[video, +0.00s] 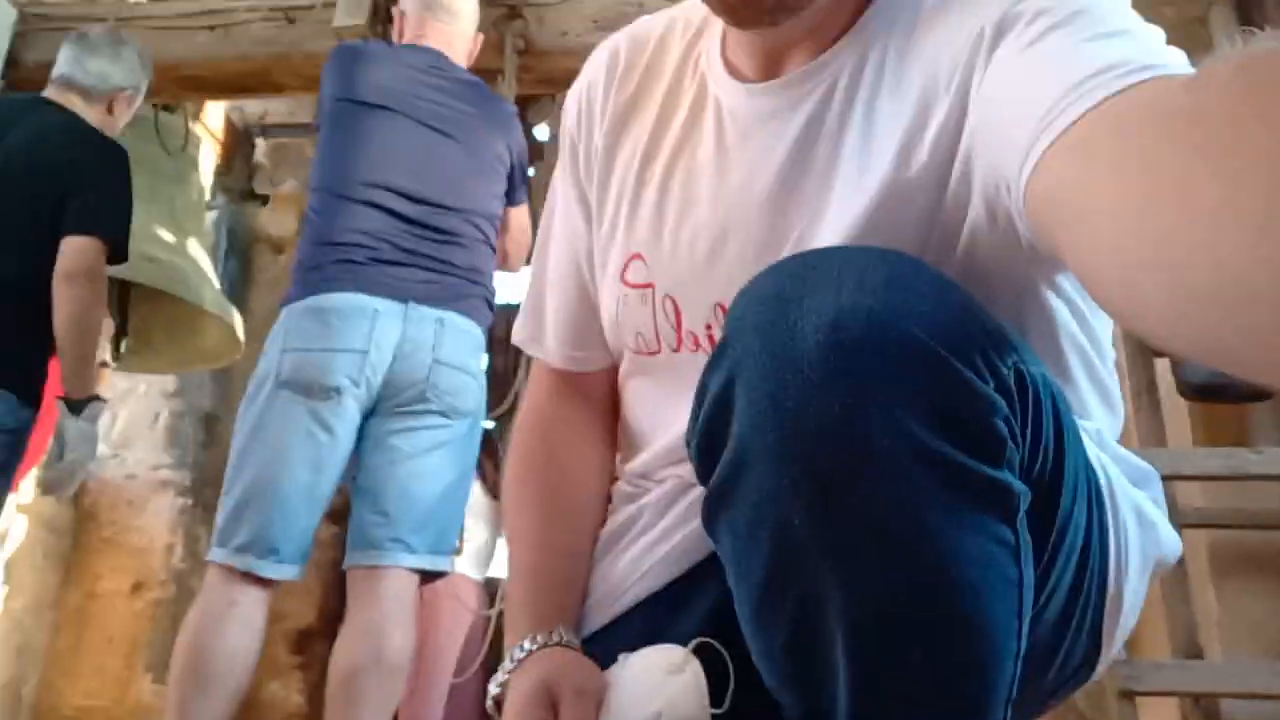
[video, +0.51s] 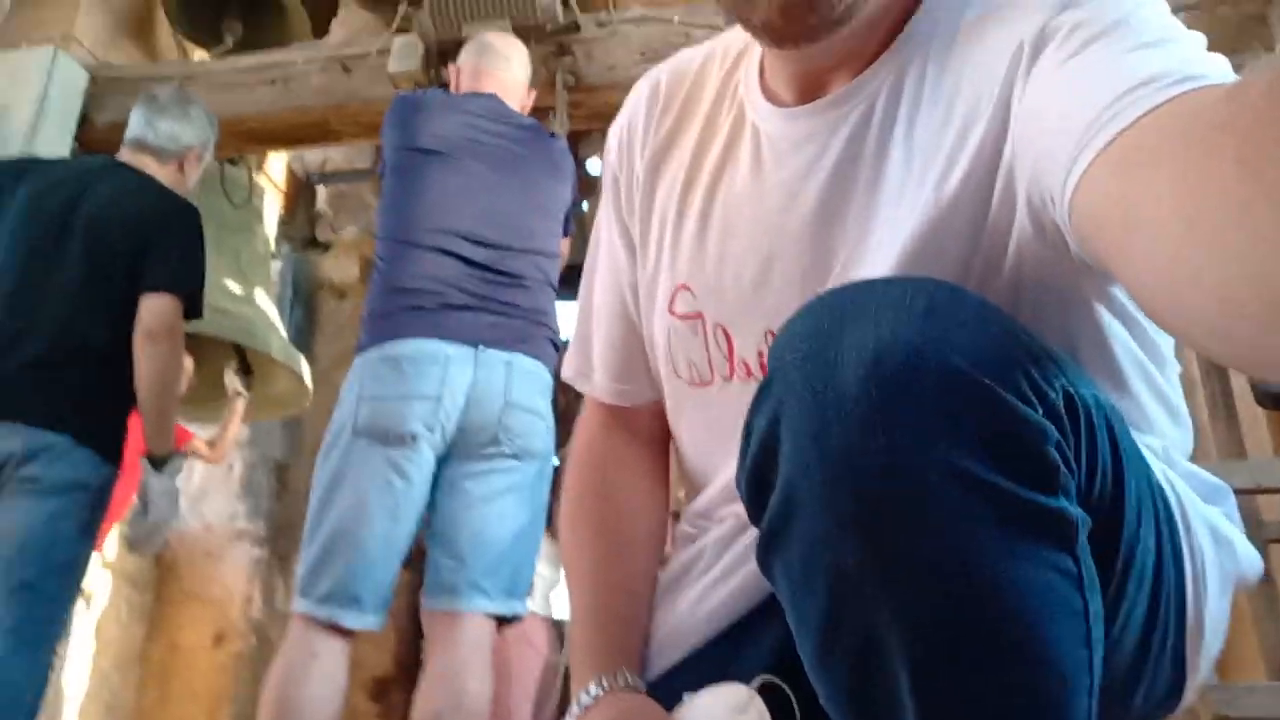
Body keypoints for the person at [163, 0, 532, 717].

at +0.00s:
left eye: (392, 17)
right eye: (475, 32)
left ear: (395, 20)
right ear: (476, 46)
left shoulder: (349, 63)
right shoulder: (503, 117)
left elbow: (353, 172)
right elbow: (513, 250)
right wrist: (436, 217)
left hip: (335, 312)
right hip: (453, 336)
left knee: (244, 569)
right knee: (390, 572)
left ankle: (188, 717)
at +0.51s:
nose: (446, 83)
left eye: (449, 76)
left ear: (454, 76)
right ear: (531, 98)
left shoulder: (409, 115)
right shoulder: (557, 156)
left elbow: (407, 200)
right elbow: (557, 254)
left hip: (409, 355)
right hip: (522, 373)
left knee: (327, 615)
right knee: (465, 616)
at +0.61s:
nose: (461, 128)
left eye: (463, 123)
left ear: (470, 124)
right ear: (543, 148)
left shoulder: (424, 154)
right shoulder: (570, 198)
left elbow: (408, 231)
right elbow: (566, 292)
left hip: (420, 392)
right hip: (532, 414)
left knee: (336, 651)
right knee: (475, 650)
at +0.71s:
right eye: (542, 160)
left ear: (470, 148)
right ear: (545, 170)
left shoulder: (430, 167)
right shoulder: (572, 215)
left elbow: (413, 233)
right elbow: (562, 304)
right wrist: (541, 182)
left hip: (417, 402)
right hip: (530, 424)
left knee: (326, 659)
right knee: (466, 656)